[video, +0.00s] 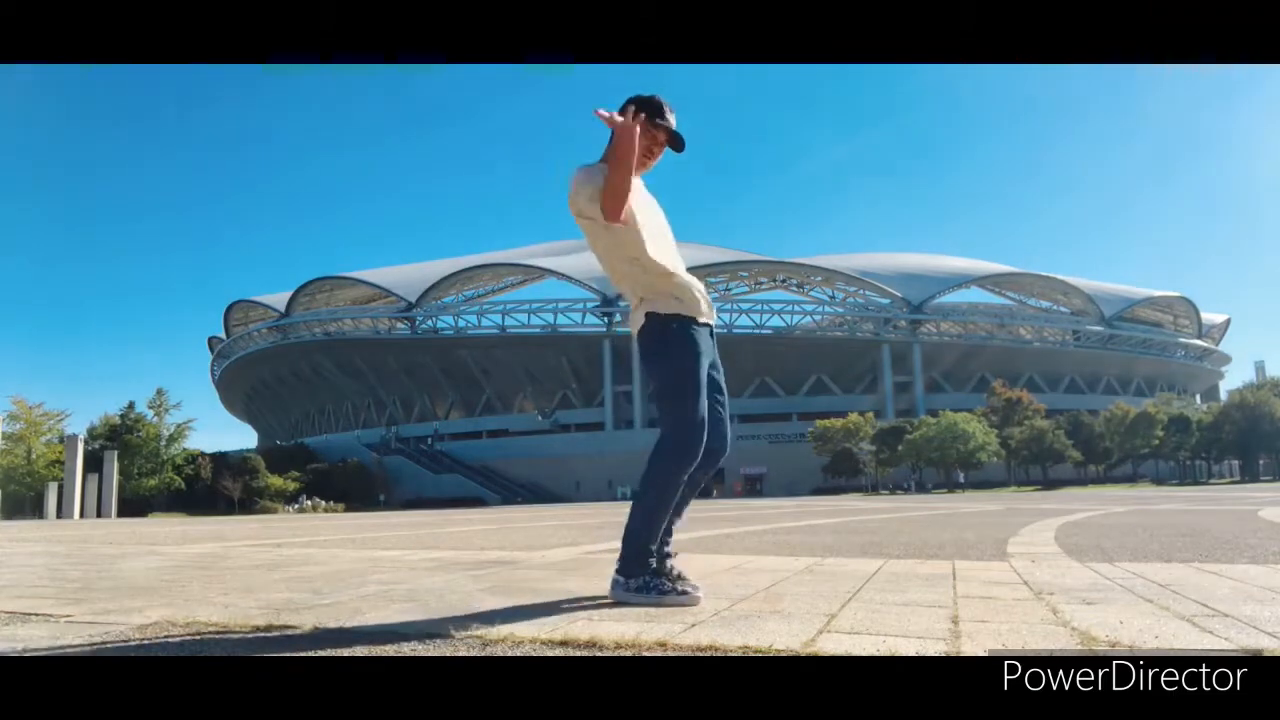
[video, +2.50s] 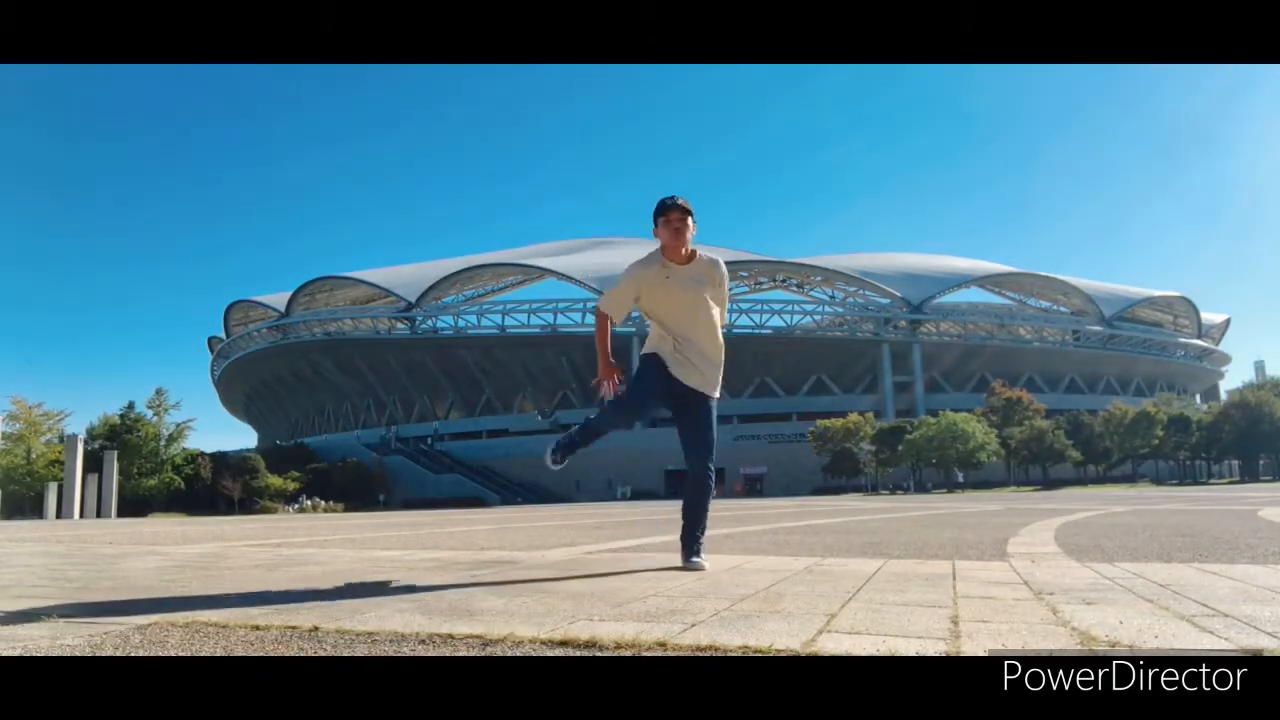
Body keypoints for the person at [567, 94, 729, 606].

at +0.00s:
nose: (657, 152)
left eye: (664, 146)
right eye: (651, 140)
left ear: (663, 149)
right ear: (625, 131)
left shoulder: (639, 189)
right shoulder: (588, 179)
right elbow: (612, 211)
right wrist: (625, 140)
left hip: (698, 328)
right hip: (668, 326)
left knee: (714, 443)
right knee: (683, 438)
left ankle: (654, 557)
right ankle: (633, 571)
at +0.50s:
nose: (674, 161)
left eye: (682, 155)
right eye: (668, 148)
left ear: (683, 157)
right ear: (638, 138)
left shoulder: (661, 199)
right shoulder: (593, 193)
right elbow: (518, 212)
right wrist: (554, 155)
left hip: (682, 349)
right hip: (646, 351)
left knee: (726, 450)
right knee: (701, 452)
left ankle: (647, 546)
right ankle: (641, 569)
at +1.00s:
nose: (647, 197)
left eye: (653, 190)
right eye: (639, 187)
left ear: (657, 193)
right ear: (615, 186)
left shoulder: (661, 236)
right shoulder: (598, 228)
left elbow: (676, 302)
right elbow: (652, 255)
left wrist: (697, 345)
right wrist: (691, 257)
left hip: (672, 360)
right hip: (627, 358)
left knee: (682, 462)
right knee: (641, 445)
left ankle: (645, 544)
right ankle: (640, 557)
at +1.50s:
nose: (637, 226)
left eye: (643, 220)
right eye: (629, 220)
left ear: (654, 227)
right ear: (616, 228)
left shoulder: (668, 279)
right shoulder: (599, 267)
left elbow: (675, 342)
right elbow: (585, 325)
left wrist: (681, 390)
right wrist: (573, 374)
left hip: (659, 390)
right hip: (612, 389)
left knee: (660, 469)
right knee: (618, 475)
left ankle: (639, 549)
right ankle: (644, 545)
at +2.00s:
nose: (637, 226)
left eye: (643, 220)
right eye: (631, 221)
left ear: (655, 226)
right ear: (620, 227)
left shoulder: (678, 270)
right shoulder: (605, 276)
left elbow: (699, 319)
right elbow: (600, 329)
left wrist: (706, 355)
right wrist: (595, 375)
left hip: (678, 380)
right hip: (629, 382)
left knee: (687, 457)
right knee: (632, 467)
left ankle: (694, 538)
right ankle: (638, 542)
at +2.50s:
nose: (677, 230)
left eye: (683, 223)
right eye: (669, 224)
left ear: (694, 228)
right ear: (656, 230)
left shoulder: (715, 270)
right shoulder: (643, 273)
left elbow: (719, 319)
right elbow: (605, 311)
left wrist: (700, 355)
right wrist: (604, 362)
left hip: (702, 378)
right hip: (661, 362)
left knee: (702, 468)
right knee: (629, 410)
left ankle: (692, 548)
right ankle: (572, 442)